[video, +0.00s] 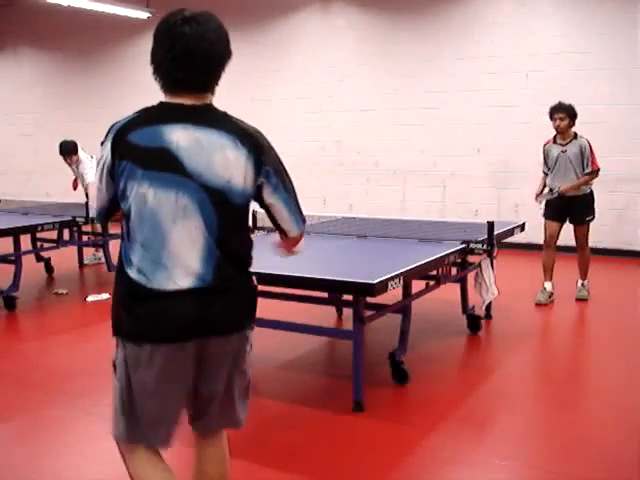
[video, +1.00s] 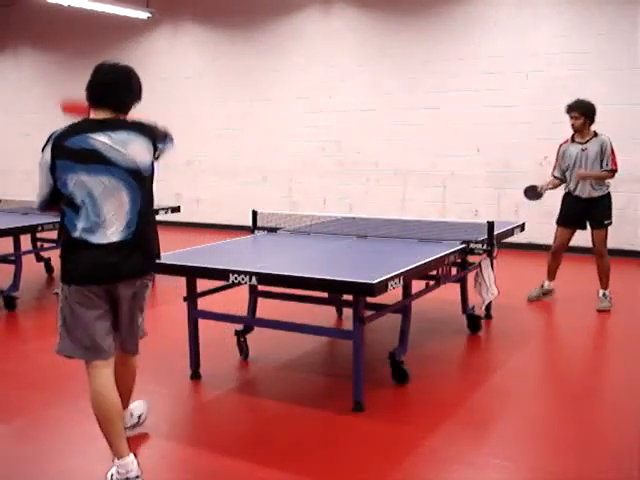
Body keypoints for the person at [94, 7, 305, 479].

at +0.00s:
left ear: (156, 63)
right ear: (221, 68)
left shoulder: (124, 135)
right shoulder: (246, 141)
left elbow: (104, 212)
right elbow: (291, 226)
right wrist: (287, 237)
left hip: (151, 324)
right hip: (226, 319)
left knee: (137, 439)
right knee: (212, 430)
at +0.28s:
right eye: (189, 75)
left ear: (131, 79)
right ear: (187, 81)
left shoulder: (104, 140)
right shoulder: (212, 139)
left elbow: (69, 220)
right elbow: (272, 203)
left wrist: (97, 242)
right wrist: (285, 190)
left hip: (132, 301)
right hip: (199, 297)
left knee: (123, 400)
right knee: (198, 412)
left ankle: (121, 479)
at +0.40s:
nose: (178, 92)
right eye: (179, 86)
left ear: (124, 87)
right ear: (175, 90)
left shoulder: (93, 145)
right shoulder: (200, 141)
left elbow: (53, 220)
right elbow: (256, 183)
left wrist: (91, 248)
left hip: (123, 302)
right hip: (188, 298)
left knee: (121, 397)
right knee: (193, 407)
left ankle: (126, 472)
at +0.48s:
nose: (176, 95)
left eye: (175, 88)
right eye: (174, 90)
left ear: (117, 88)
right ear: (165, 94)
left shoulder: (81, 144)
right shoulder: (182, 138)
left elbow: (44, 211)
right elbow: (231, 138)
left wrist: (77, 230)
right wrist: (182, 104)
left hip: (109, 293)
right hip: (171, 290)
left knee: (115, 382)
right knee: (186, 392)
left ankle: (124, 471)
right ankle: (198, 478)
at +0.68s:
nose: (169, 102)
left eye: (169, 96)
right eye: (168, 96)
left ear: (117, 88)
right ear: (157, 97)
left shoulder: (74, 135)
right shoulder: (165, 136)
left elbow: (45, 199)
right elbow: (177, 97)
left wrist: (82, 213)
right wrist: (114, 75)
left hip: (94, 279)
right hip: (151, 277)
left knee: (106, 376)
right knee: (172, 364)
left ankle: (123, 469)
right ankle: (176, 449)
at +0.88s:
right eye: (143, 96)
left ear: (97, 93)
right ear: (139, 100)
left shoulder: (63, 135)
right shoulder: (146, 132)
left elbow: (51, 195)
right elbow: (154, 103)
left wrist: (89, 192)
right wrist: (107, 79)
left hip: (84, 270)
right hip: (136, 263)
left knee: (101, 366)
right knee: (136, 347)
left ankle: (124, 467)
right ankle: (133, 422)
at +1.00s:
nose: (132, 106)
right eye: (132, 101)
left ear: (88, 98)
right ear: (131, 105)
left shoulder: (60, 141)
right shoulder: (142, 141)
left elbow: (45, 201)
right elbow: (163, 138)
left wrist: (80, 197)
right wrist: (112, 119)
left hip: (84, 271)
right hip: (133, 266)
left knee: (99, 364)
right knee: (127, 346)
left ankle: (124, 463)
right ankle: (125, 412)